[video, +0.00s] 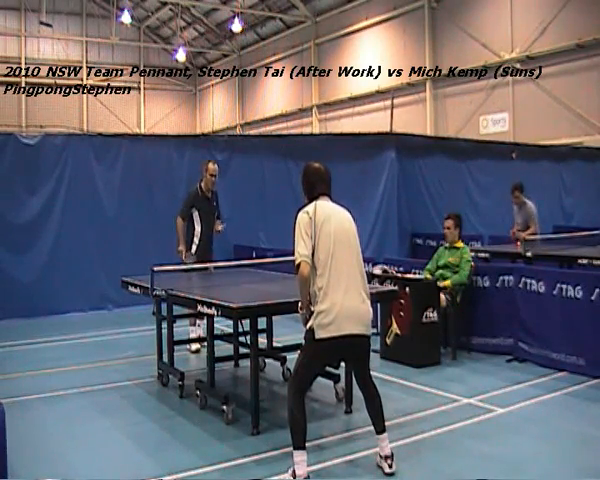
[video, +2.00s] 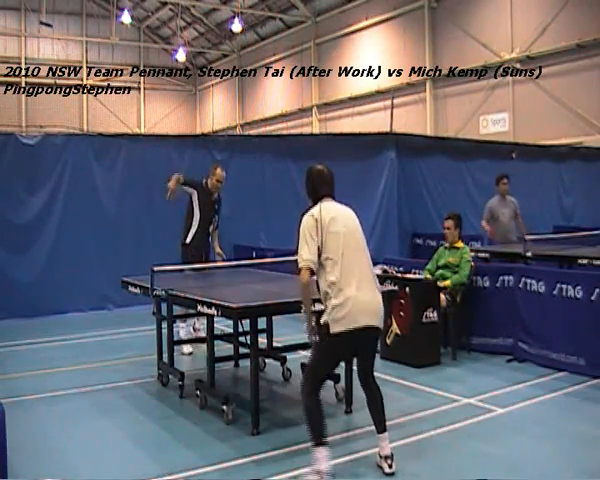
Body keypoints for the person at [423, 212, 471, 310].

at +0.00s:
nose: (445, 232)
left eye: (448, 228)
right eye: (444, 228)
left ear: (457, 230)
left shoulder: (464, 251)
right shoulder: (442, 249)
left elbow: (463, 277)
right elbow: (429, 268)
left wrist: (445, 283)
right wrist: (428, 277)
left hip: (452, 286)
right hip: (435, 282)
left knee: (440, 298)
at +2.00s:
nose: (445, 232)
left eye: (448, 229)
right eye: (444, 229)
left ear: (457, 230)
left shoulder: (464, 251)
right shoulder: (442, 249)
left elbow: (463, 276)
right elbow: (429, 267)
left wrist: (446, 283)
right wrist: (428, 276)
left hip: (453, 284)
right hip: (436, 281)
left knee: (442, 298)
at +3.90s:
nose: (445, 231)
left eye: (448, 228)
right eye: (445, 227)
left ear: (457, 230)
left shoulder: (465, 252)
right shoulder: (442, 249)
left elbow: (463, 276)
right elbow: (430, 267)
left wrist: (446, 283)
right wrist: (428, 277)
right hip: (435, 281)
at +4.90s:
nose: (445, 231)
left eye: (449, 228)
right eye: (444, 228)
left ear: (457, 230)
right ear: (441, 229)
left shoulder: (464, 251)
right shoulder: (441, 249)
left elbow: (463, 276)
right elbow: (429, 268)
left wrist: (445, 283)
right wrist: (428, 277)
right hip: (435, 282)